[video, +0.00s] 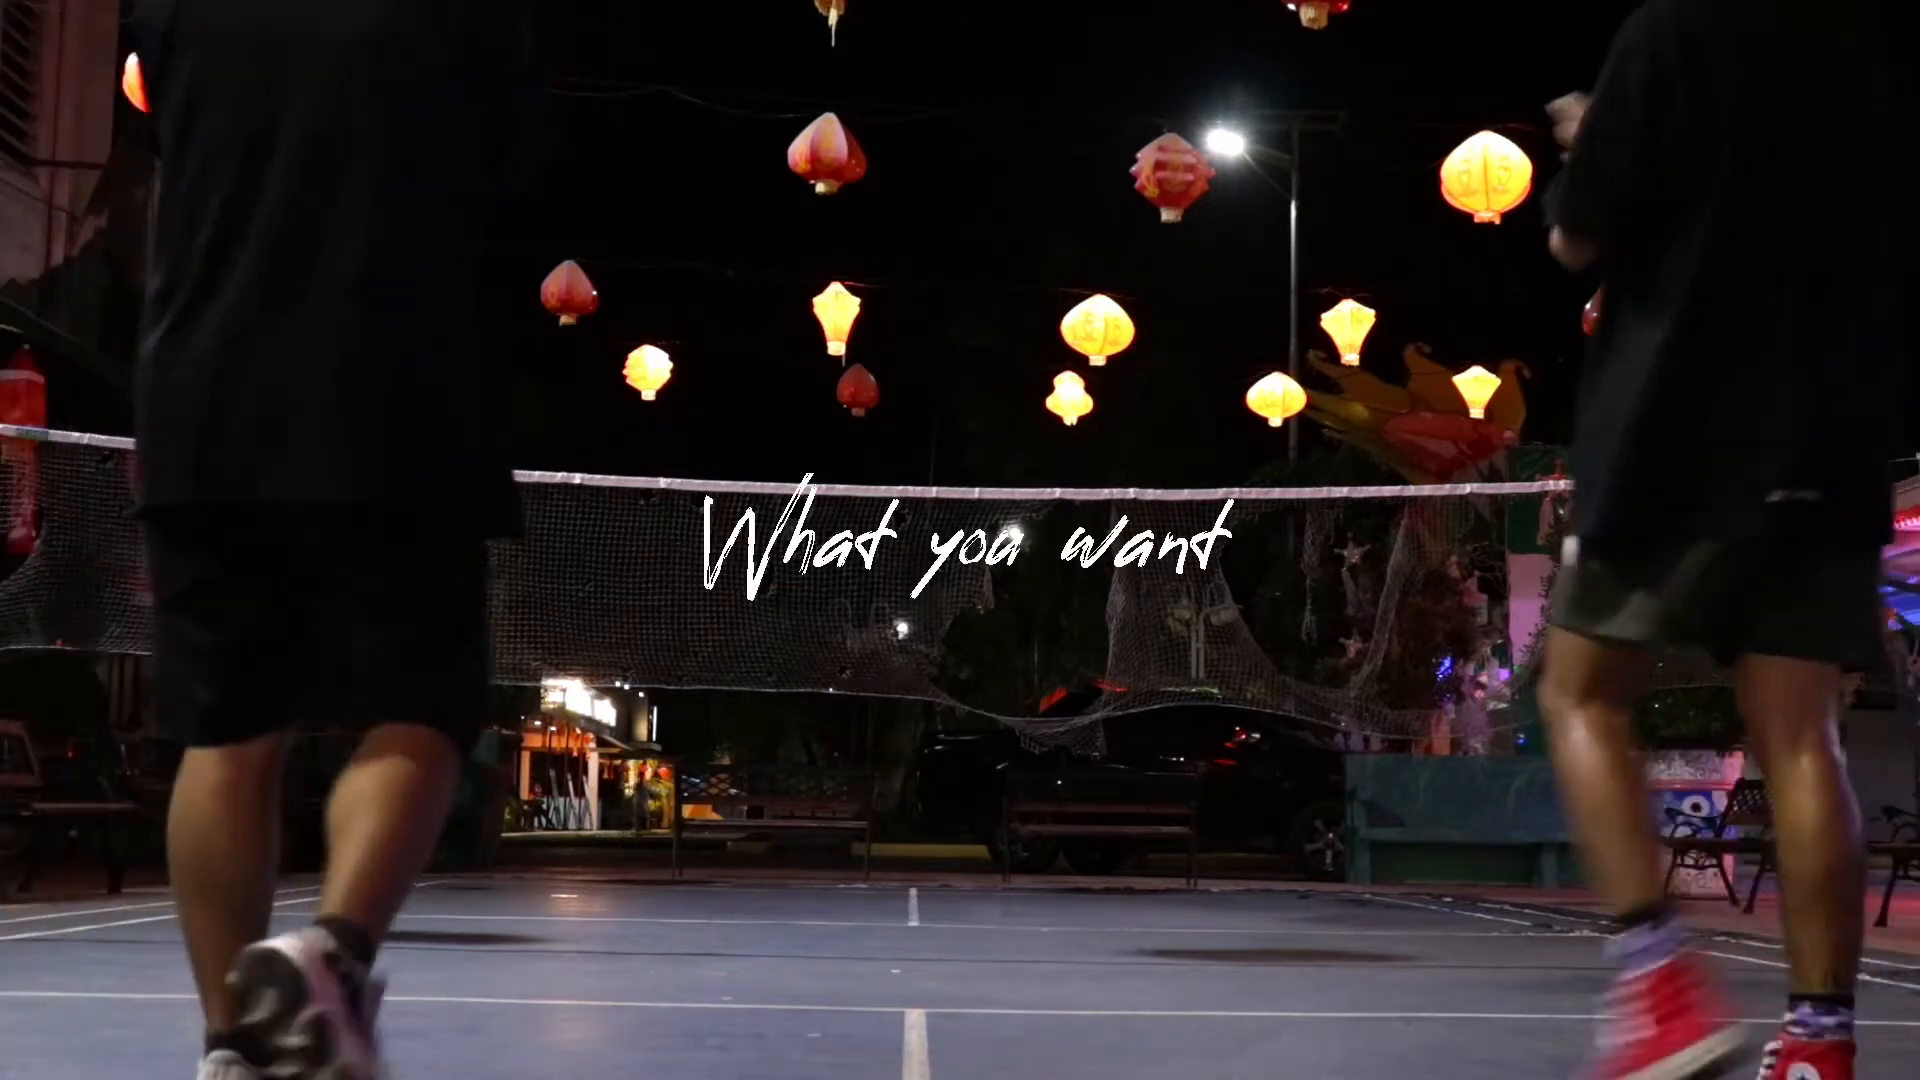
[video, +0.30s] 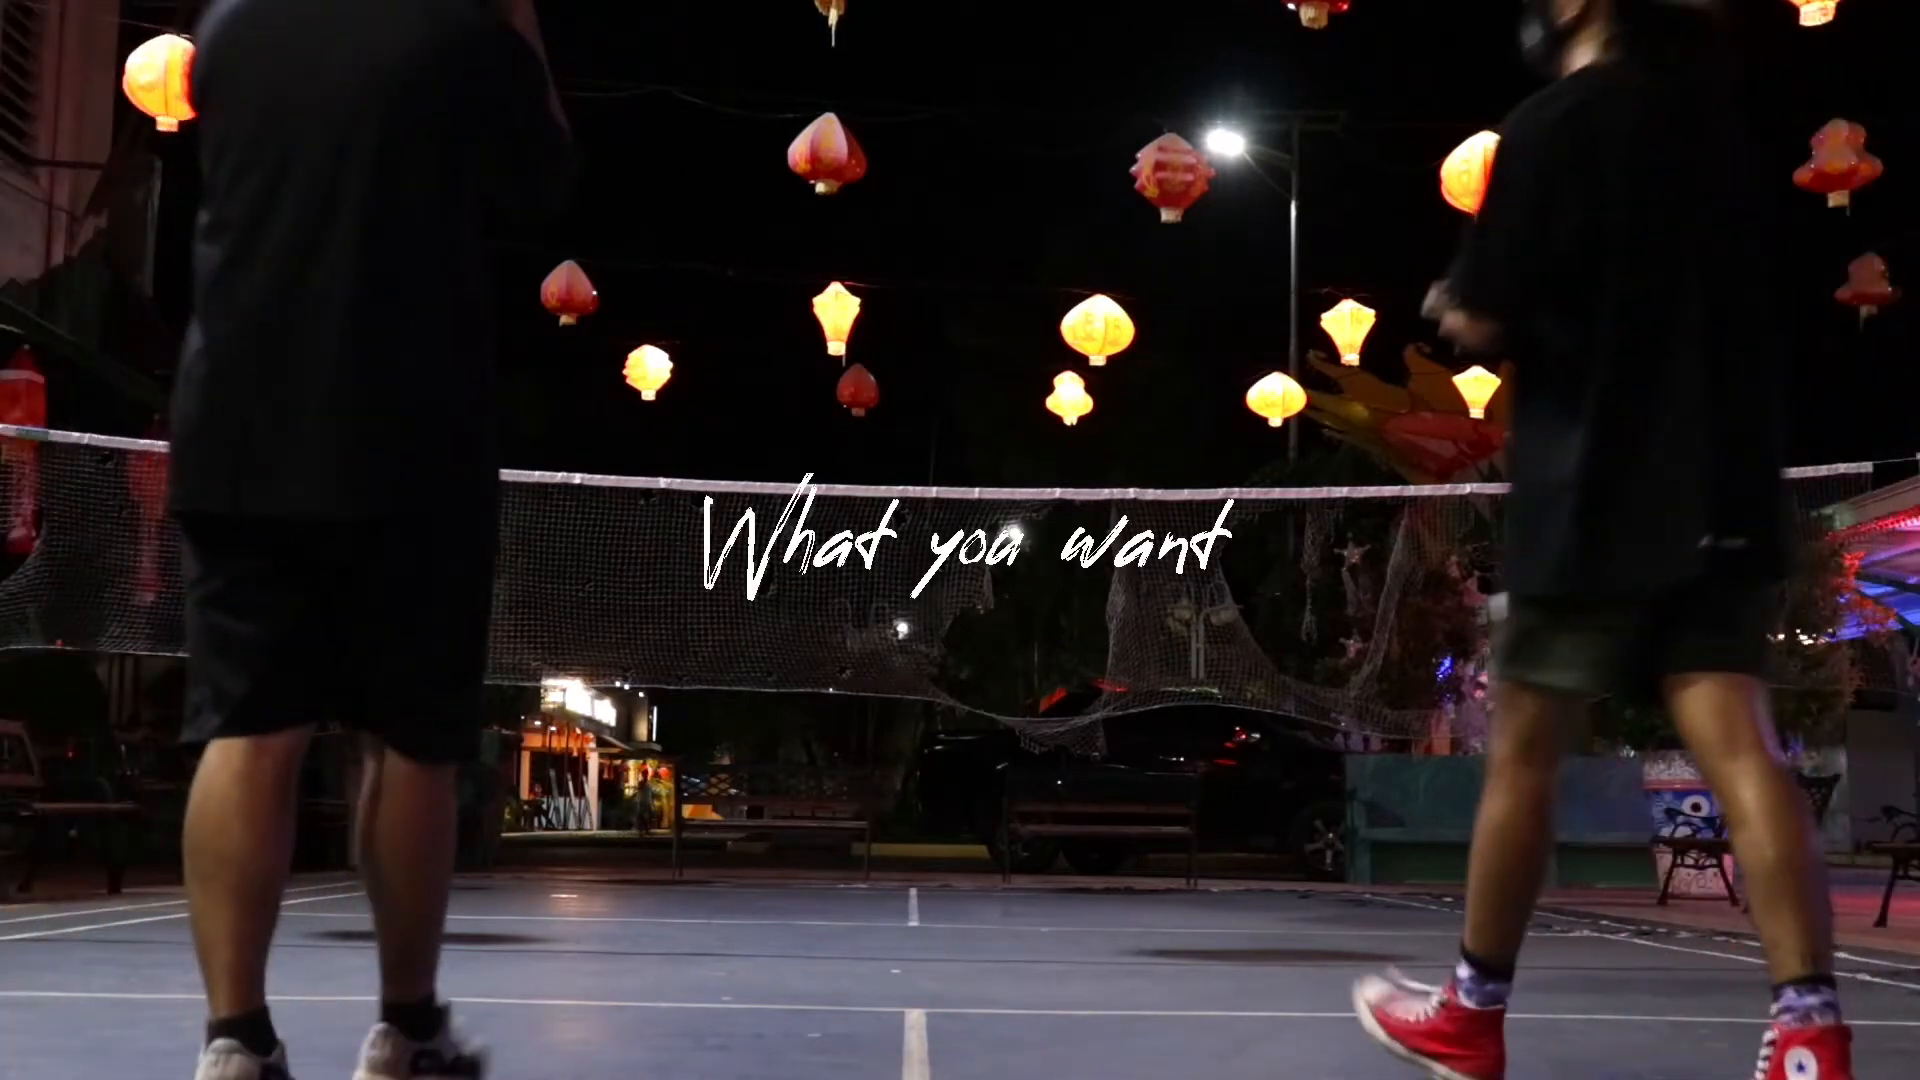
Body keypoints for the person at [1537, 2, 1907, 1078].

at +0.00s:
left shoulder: (1679, 29)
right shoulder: (1877, 49)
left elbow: (1579, 234)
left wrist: (1584, 143)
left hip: (1677, 424)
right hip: (1842, 425)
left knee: (1583, 696)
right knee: (1800, 734)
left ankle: (1656, 979)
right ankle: (1820, 1042)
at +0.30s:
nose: (1539, 19)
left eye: (1548, 8)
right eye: (1547, 8)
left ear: (1583, 9)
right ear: (1656, 19)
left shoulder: (1558, 125)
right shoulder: (1726, 122)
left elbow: (1479, 317)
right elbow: (1754, 305)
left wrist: (1446, 302)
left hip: (1584, 501)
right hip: (1723, 490)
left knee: (1522, 749)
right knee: (1737, 743)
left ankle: (1471, 1009)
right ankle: (1811, 1033)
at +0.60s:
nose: (1400, 57)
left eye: (1407, 40)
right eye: (1404, 40)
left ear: (1440, 48)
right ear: (1513, 47)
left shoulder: (1397, 172)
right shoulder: (1578, 159)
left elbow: (1333, 362)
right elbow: (1637, 343)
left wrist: (1408, 392)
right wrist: (1526, 368)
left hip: (1437, 509)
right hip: (1566, 500)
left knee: (1438, 753)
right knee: (1551, 745)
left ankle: (1456, 1024)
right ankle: (1659, 892)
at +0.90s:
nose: (1334, 112)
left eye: (1338, 95)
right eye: (1337, 95)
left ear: (1361, 91)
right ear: (1443, 89)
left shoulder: (1338, 193)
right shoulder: (1509, 201)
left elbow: (1276, 359)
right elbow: (1549, 375)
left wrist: (1344, 406)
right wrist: (1449, 397)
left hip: (1371, 510)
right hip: (1471, 506)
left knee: (1417, 766)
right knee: (1425, 757)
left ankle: (1458, 1016)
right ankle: (1410, 976)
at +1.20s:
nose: (1277, 199)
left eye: (1276, 185)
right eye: (1276, 187)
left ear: (1300, 172)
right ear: (1367, 165)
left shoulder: (1277, 248)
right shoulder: (1436, 254)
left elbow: (1222, 406)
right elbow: (1475, 429)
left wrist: (1279, 474)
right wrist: (1396, 465)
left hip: (1305, 521)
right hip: (1400, 524)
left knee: (1341, 754)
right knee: (1341, 756)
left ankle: (1427, 966)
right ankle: (1326, 989)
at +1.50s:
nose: (1221, 212)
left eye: (1222, 196)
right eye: (1219, 197)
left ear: (1253, 185)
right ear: (1308, 181)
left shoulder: (1247, 259)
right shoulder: (1370, 268)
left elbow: (1215, 410)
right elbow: (1367, 424)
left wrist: (1200, 475)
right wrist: (1206, 481)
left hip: (1254, 544)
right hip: (1348, 553)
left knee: (1177, 730)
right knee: (1322, 760)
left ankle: (1260, 902)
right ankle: (1321, 987)